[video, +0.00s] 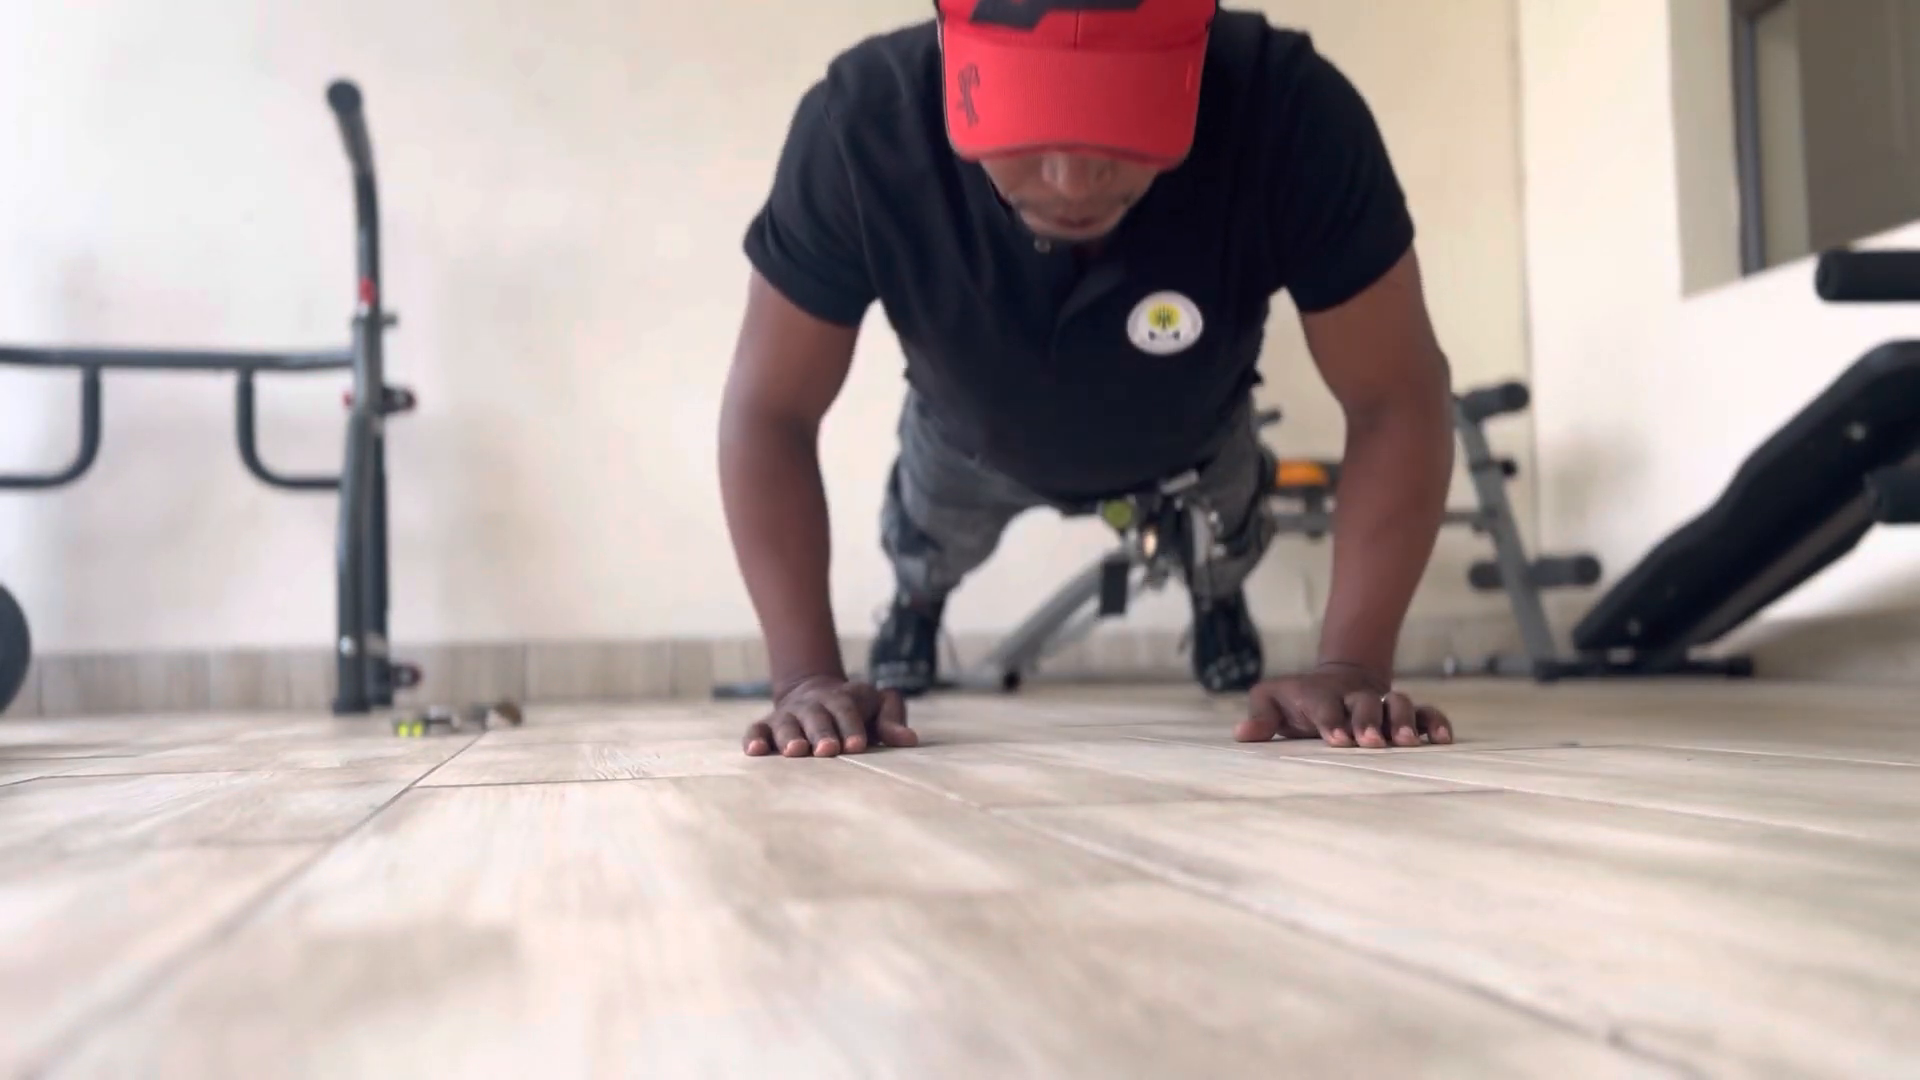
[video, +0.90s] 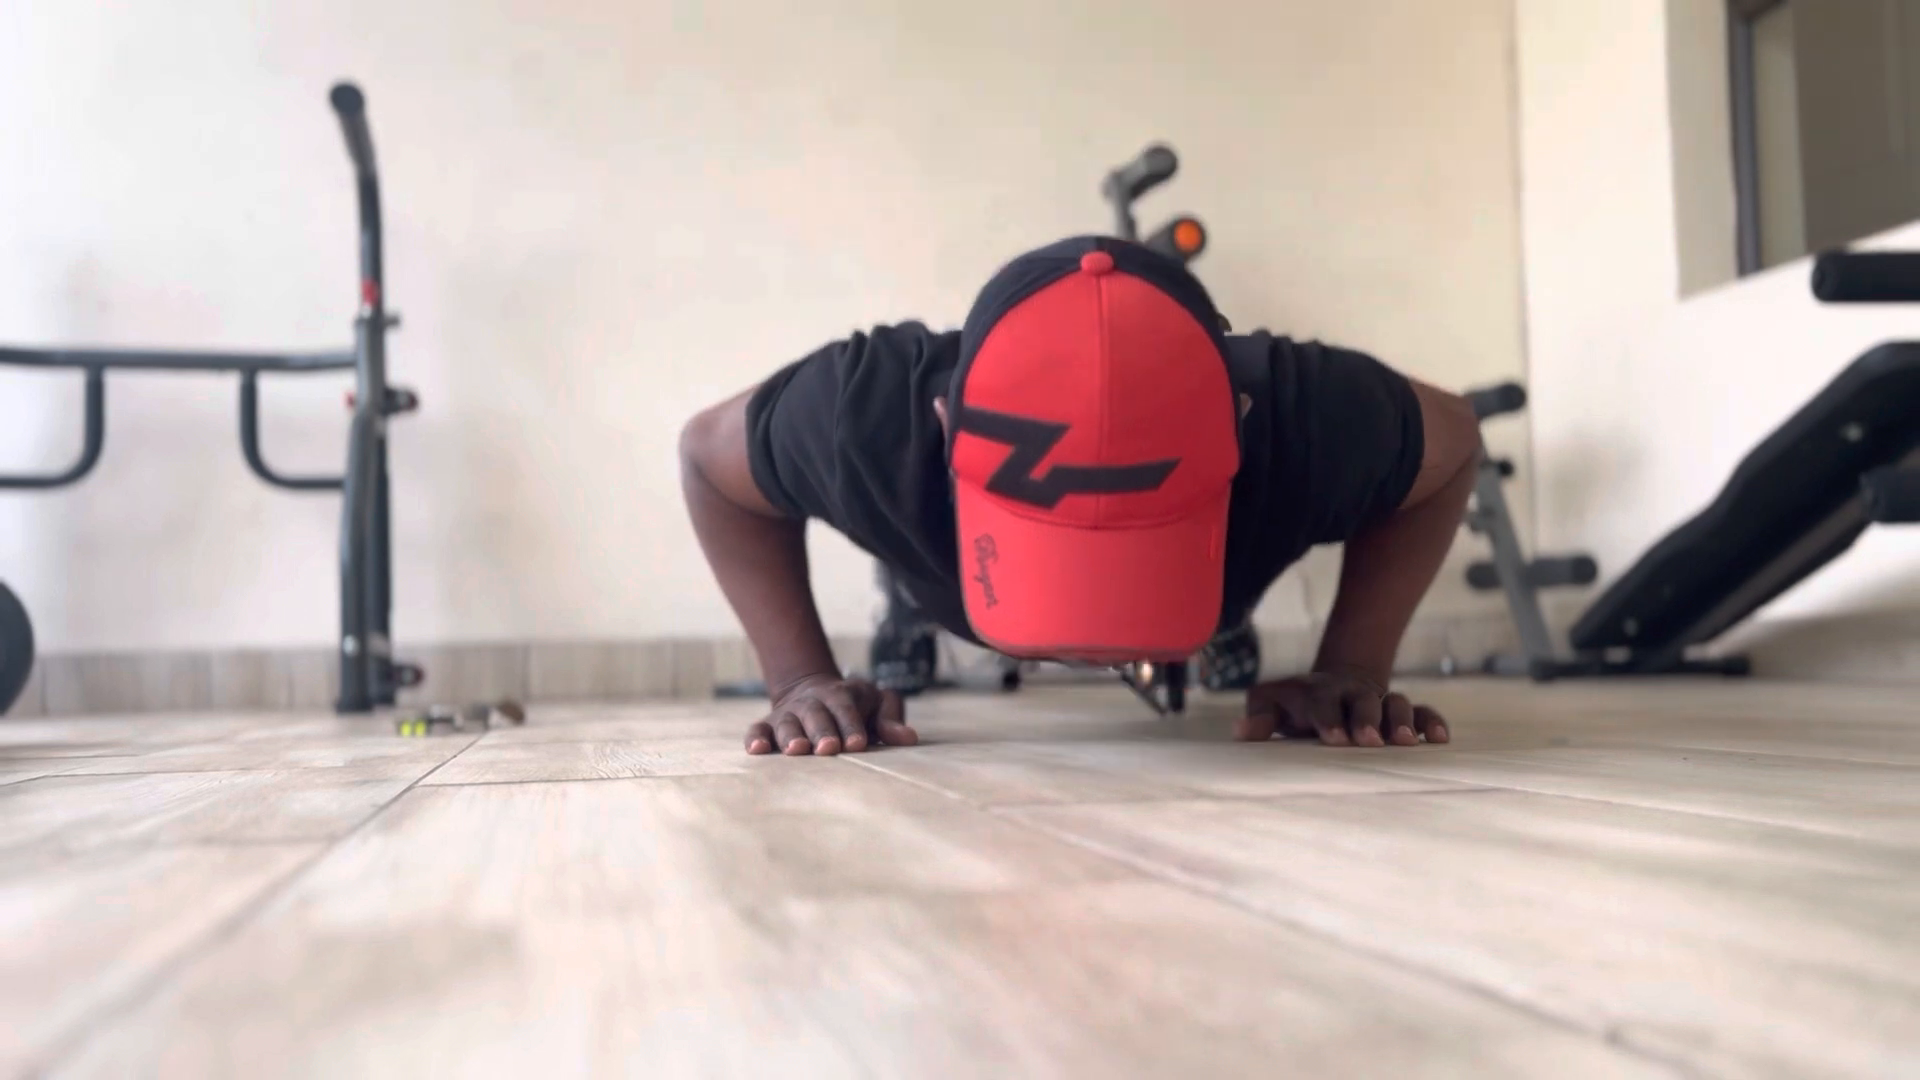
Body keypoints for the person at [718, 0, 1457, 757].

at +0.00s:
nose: (1068, 179)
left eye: (1114, 142)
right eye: (1026, 140)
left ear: (1181, 84)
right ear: (959, 79)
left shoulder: (1289, 115)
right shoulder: (864, 126)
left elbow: (1399, 397)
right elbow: (768, 413)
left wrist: (1350, 668)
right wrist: (803, 682)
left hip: (1194, 436)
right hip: (974, 443)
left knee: (1222, 535)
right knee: (933, 546)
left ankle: (1220, 608)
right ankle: (918, 617)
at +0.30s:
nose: (1076, 146)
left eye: (1117, 114)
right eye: (1033, 116)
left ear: (1183, 44)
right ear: (956, 41)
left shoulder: (1281, 56)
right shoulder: (862, 66)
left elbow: (1378, 382)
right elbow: (790, 393)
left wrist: (1347, 668)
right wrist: (804, 678)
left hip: (1184, 404)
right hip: (971, 407)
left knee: (1218, 532)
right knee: (930, 535)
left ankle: (1219, 607)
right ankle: (919, 615)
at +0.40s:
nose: (1072, 344)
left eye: (1120, 304)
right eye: (1038, 300)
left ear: (1208, 170)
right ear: (952, 169)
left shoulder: (1291, 166)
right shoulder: (862, 179)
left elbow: (1415, 411)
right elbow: (751, 431)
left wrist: (1354, 670)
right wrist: (801, 682)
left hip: (1189, 447)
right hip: (965, 457)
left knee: (1220, 535)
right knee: (930, 552)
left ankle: (1219, 607)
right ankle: (917, 619)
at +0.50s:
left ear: (1213, 284)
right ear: (947, 285)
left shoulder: (1297, 268)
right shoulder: (858, 278)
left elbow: (1432, 436)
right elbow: (729, 456)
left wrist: (1356, 670)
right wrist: (797, 682)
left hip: (1193, 483)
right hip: (961, 492)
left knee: (1219, 544)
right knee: (926, 566)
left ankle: (1214, 595)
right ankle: (916, 609)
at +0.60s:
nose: (1093, 564)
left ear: (1217, 323)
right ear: (948, 347)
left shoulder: (1301, 322)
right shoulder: (858, 333)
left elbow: (1442, 452)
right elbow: (724, 466)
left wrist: (1358, 672)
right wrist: (797, 681)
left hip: (1204, 515)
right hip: (958, 519)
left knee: (1215, 567)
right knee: (923, 575)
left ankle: (1210, 610)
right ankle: (912, 621)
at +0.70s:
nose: (1094, 642)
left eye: (1141, 600)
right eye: (1041, 600)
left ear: (1226, 448)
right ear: (952, 450)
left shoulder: (1307, 418)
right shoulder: (861, 418)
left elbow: (1459, 443)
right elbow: (709, 460)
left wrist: (1354, 673)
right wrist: (798, 678)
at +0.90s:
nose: (1100, 640)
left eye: (1146, 601)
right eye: (1057, 606)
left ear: (1226, 464)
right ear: (957, 452)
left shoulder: (1307, 420)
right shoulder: (865, 421)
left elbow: (1450, 444)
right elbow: (711, 456)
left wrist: (1353, 671)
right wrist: (799, 677)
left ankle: (1161, 652)